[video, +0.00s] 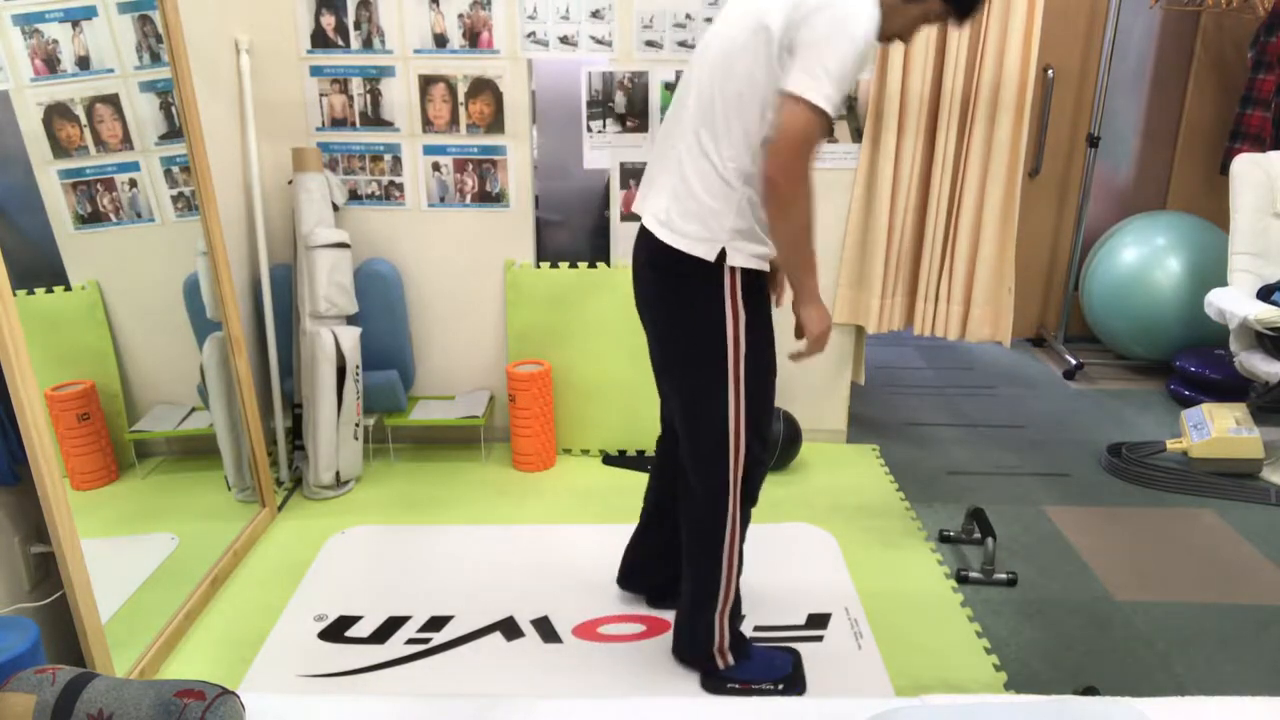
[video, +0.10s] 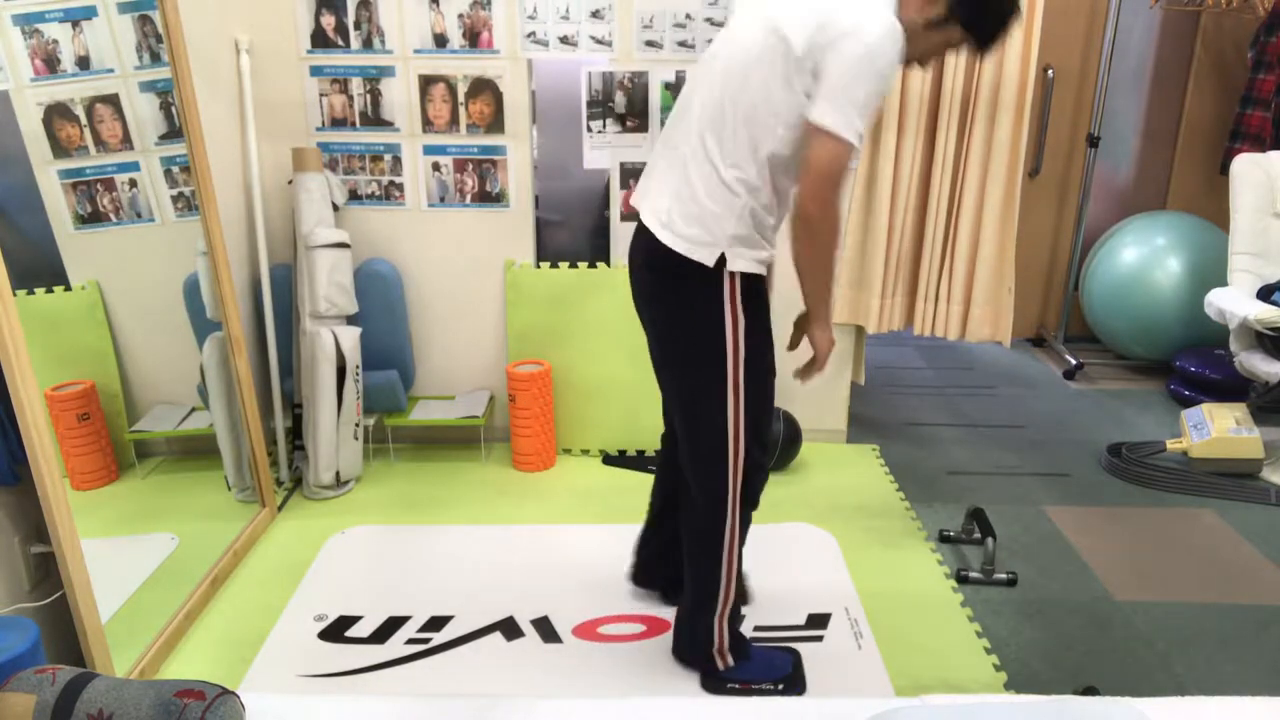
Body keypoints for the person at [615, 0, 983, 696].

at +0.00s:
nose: (917, 36)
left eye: (932, 26)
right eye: (933, 20)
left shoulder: (796, 6)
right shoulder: (845, 16)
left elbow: (745, 132)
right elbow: (787, 156)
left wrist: (767, 249)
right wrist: (809, 289)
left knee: (692, 427)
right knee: (733, 455)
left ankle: (656, 568)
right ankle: (713, 647)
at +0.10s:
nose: (939, 61)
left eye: (953, 52)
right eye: (951, 46)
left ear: (922, 0)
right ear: (933, 6)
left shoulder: (825, 9)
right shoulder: (871, 33)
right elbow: (815, 187)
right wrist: (819, 314)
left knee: (699, 425)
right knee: (736, 455)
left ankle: (666, 562)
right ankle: (714, 647)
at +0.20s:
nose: (948, 102)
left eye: (962, 96)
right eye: (962, 87)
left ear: (943, 30)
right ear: (951, 43)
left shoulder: (862, 22)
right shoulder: (892, 70)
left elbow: (717, 88)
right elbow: (837, 231)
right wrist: (816, 339)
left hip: (675, 230)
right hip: (698, 251)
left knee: (713, 430)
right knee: (738, 452)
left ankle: (698, 565)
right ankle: (711, 648)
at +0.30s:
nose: (941, 143)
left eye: (956, 140)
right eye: (956, 132)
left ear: (949, 72)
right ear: (956, 88)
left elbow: (726, 100)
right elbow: (834, 266)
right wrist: (803, 363)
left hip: (680, 227)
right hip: (689, 249)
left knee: (747, 424)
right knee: (735, 452)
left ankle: (721, 564)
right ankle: (710, 645)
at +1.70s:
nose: (975, 132)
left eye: (992, 126)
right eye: (991, 119)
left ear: (981, 67)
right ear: (985, 75)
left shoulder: (892, 56)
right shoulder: (932, 79)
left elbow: (777, 159)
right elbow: (851, 196)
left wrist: (808, 282)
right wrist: (863, 354)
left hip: (708, 232)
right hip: (722, 247)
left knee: (750, 417)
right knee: (757, 450)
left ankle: (716, 559)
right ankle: (743, 646)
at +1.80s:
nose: (988, 153)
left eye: (1006, 148)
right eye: (1007, 141)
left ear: (994, 86)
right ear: (1002, 96)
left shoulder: (910, 76)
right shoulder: (946, 107)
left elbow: (808, 198)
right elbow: (890, 253)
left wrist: (834, 309)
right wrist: (893, 407)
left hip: (711, 234)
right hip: (722, 253)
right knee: (766, 459)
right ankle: (744, 649)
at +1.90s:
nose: (1011, 194)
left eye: (1025, 186)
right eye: (1024, 179)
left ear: (1003, 131)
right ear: (1013, 141)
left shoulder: (935, 118)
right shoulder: (960, 154)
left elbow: (843, 243)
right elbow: (924, 329)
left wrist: (862, 348)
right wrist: (944, 465)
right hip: (713, 259)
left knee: (775, 452)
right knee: (759, 468)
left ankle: (744, 574)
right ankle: (742, 651)